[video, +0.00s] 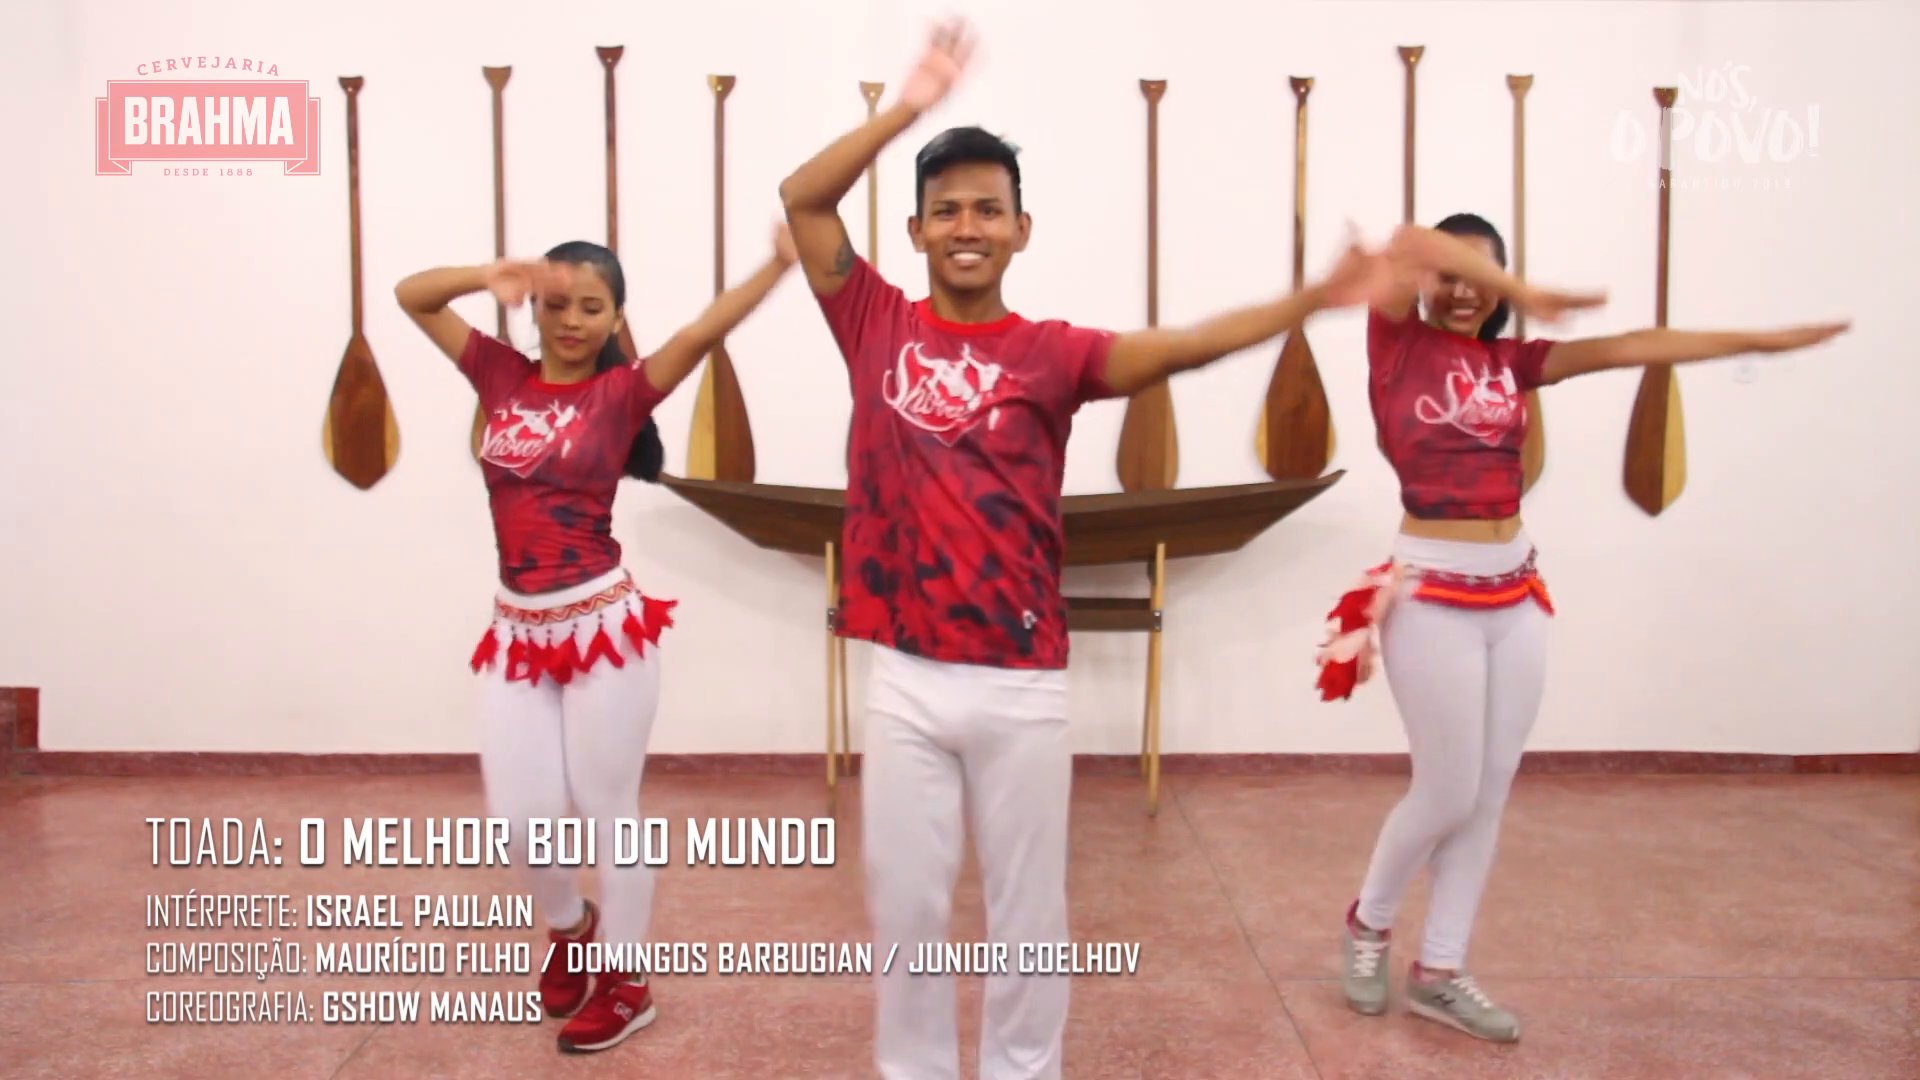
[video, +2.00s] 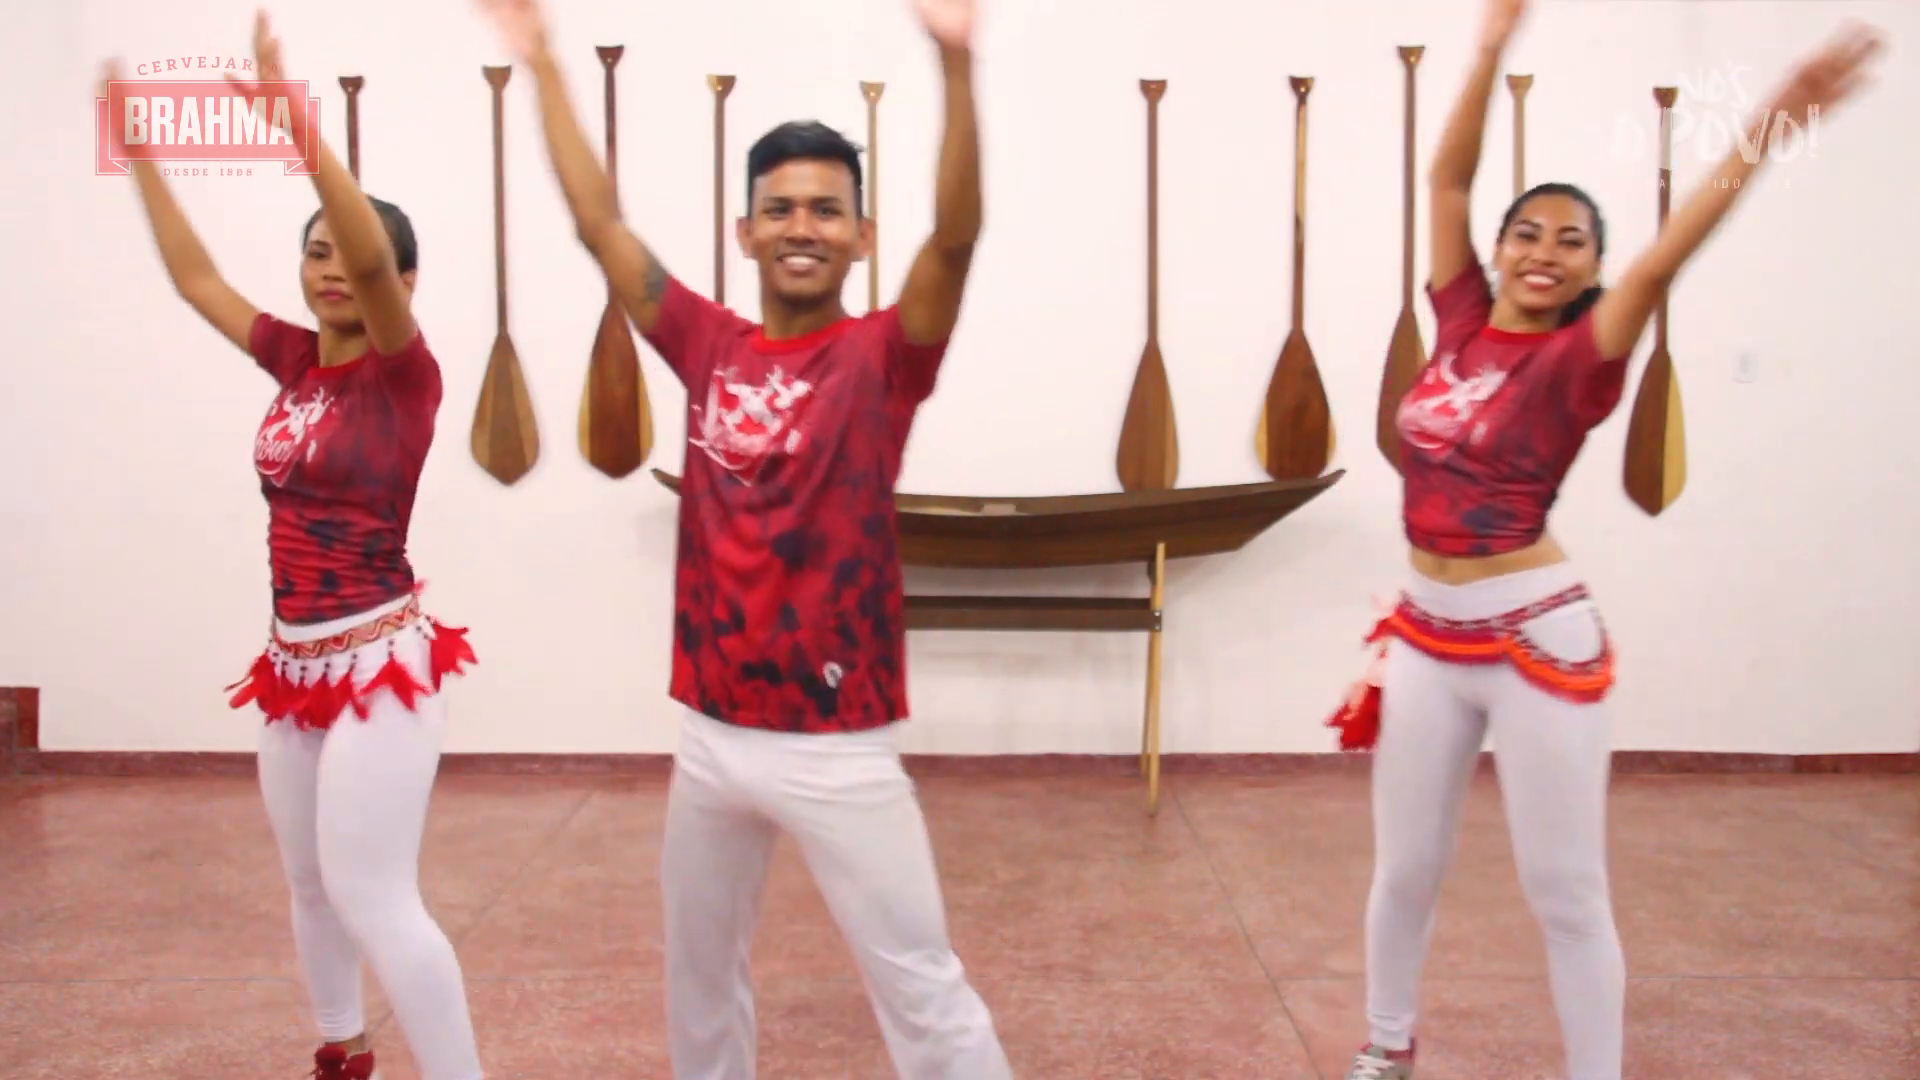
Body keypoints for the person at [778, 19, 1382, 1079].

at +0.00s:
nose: (967, 226)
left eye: (989, 209)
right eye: (948, 210)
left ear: (1021, 229)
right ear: (918, 228)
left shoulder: (1052, 352)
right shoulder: (876, 327)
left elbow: (1190, 344)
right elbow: (803, 199)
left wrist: (1321, 293)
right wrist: (901, 110)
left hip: (1022, 685)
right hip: (903, 677)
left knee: (1026, 926)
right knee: (905, 926)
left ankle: (1020, 1073)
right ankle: (913, 1075)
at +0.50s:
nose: (937, 206)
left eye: (961, 189)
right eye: (920, 194)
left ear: (1009, 221)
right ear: (902, 228)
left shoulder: (1046, 343)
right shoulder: (883, 333)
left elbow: (1155, 293)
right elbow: (799, 231)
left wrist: (1205, 166)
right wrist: (813, 60)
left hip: (1046, 693)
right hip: (925, 694)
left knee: (1059, 948)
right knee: (841, 923)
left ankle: (1039, 1079)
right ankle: (783, 1076)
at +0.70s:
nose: (902, 217)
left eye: (925, 200)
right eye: (885, 205)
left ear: (972, 233)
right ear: (866, 238)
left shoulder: (1000, 341)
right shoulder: (849, 341)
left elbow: (1090, 252)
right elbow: (765, 235)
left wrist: (1094, 115)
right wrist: (690, 83)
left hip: (1007, 698)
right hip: (891, 704)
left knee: (1018, 942)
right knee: (807, 936)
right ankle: (716, 1079)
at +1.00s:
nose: (837, 244)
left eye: (862, 228)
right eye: (819, 223)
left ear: (894, 245)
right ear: (787, 231)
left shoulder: (913, 351)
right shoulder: (733, 335)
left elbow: (1024, 253)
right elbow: (619, 248)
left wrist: (992, 119)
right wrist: (511, 140)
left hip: (883, 710)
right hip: (750, 710)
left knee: (958, 949)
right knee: (715, 959)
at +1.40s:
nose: (774, 242)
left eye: (798, 222)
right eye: (754, 219)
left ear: (829, 237)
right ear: (717, 225)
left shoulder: (854, 352)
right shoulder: (664, 331)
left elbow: (953, 288)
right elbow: (508, 301)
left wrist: (867, 174)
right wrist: (356, 243)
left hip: (790, 716)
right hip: (670, 705)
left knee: (774, 966)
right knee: (684, 967)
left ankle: (775, 1078)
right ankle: (712, 1074)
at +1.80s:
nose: (763, 219)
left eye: (786, 200)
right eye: (741, 198)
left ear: (824, 224)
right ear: (708, 217)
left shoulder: (848, 340)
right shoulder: (664, 340)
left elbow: (906, 215)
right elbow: (521, 258)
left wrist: (819, 52)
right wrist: (409, 134)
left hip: (810, 725)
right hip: (687, 716)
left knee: (843, 954)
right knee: (684, 961)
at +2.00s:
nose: (802, 225)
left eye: (825, 208)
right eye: (778, 207)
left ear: (861, 236)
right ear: (745, 234)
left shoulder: (886, 356)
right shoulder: (713, 349)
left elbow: (955, 237)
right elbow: (599, 223)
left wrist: (957, 63)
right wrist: (540, 57)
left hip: (843, 751)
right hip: (714, 742)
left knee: (927, 1008)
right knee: (701, 997)